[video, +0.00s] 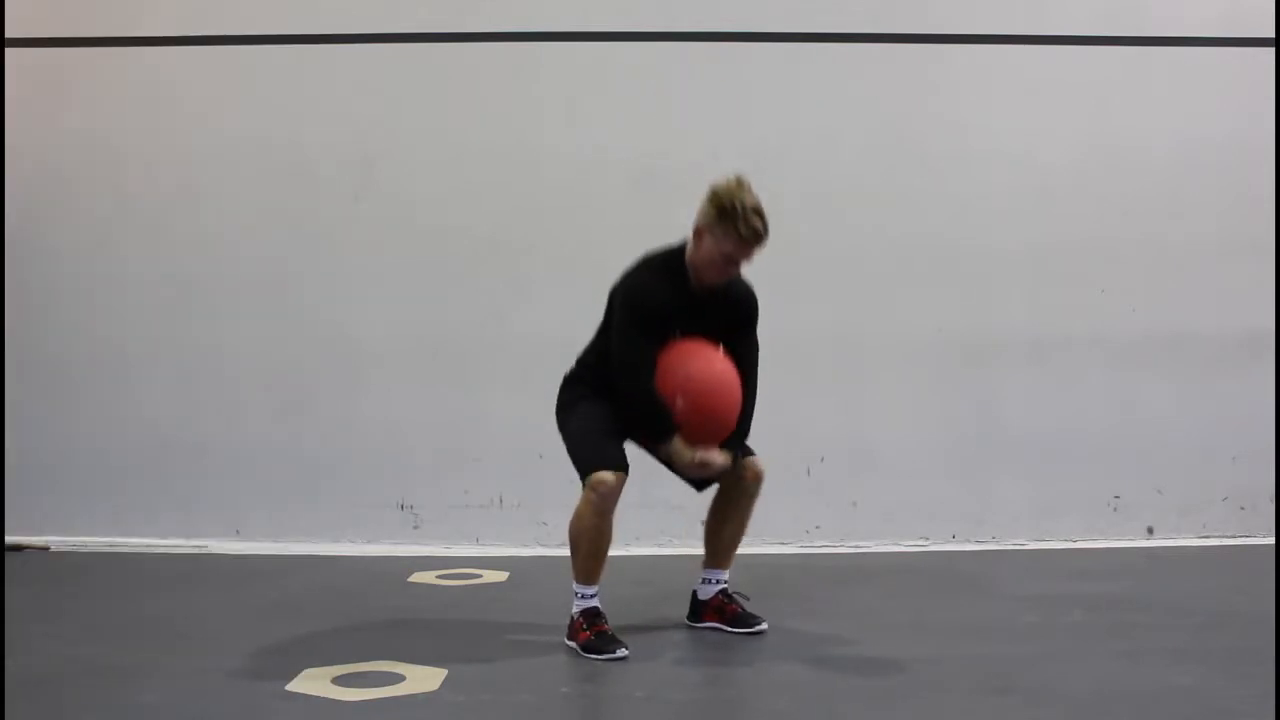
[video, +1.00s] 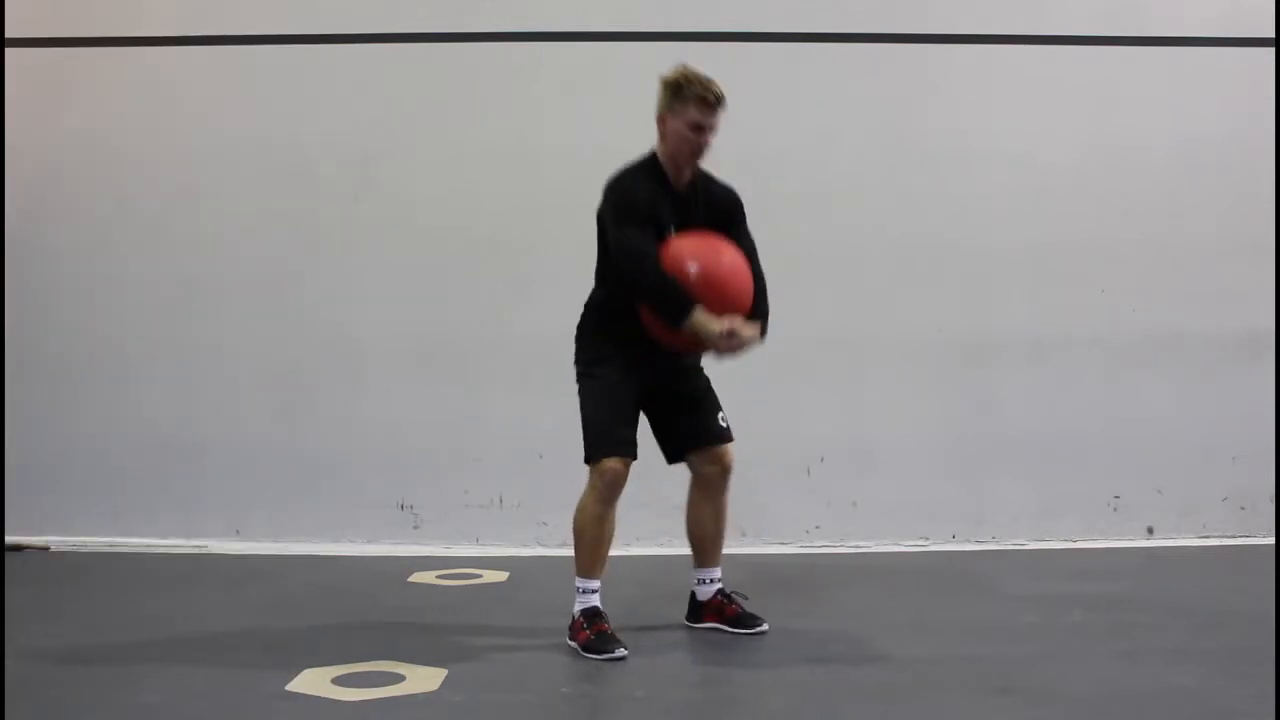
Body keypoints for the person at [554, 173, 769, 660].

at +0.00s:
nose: (733, 271)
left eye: (743, 261)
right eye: (726, 257)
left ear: (752, 253)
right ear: (698, 234)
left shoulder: (738, 300)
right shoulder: (645, 284)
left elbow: (743, 380)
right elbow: (627, 378)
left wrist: (729, 447)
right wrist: (671, 445)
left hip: (662, 403)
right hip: (596, 393)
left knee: (746, 473)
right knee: (605, 481)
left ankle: (710, 596)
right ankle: (585, 614)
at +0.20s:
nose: (739, 337)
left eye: (747, 327)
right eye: (733, 325)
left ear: (755, 319)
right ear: (701, 301)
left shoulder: (741, 365)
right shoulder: (647, 348)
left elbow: (746, 446)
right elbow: (633, 444)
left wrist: (728, 509)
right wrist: (677, 511)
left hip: (674, 458)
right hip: (600, 444)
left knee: (764, 482)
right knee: (600, 489)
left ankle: (711, 596)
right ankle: (586, 614)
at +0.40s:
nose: (736, 373)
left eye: (745, 364)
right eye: (729, 360)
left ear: (754, 355)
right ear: (699, 335)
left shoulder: (745, 398)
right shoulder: (649, 381)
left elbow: (753, 482)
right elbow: (640, 483)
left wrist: (738, 552)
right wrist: (685, 553)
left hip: (682, 488)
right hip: (610, 478)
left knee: (767, 483)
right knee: (603, 490)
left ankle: (709, 598)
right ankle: (587, 614)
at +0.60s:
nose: (738, 337)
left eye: (746, 327)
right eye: (731, 324)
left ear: (755, 320)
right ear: (701, 303)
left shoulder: (745, 368)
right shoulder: (650, 351)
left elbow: (750, 453)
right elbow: (637, 450)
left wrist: (739, 514)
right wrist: (685, 515)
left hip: (679, 459)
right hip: (605, 444)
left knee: (767, 484)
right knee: (606, 489)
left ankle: (711, 597)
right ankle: (587, 614)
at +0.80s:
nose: (731, 240)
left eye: (738, 231)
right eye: (724, 228)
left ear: (744, 228)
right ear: (694, 214)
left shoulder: (737, 288)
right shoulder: (644, 274)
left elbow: (749, 369)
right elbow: (633, 365)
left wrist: (740, 432)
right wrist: (685, 426)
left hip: (666, 400)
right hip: (603, 389)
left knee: (750, 473)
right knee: (606, 481)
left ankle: (710, 596)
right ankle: (586, 613)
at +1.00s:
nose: (703, 140)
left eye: (711, 130)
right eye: (694, 128)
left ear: (717, 130)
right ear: (662, 123)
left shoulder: (720, 201)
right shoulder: (627, 191)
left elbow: (750, 276)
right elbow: (633, 270)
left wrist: (752, 324)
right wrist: (698, 319)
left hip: (673, 347)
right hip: (611, 343)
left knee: (715, 460)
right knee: (610, 469)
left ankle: (708, 598)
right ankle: (586, 611)